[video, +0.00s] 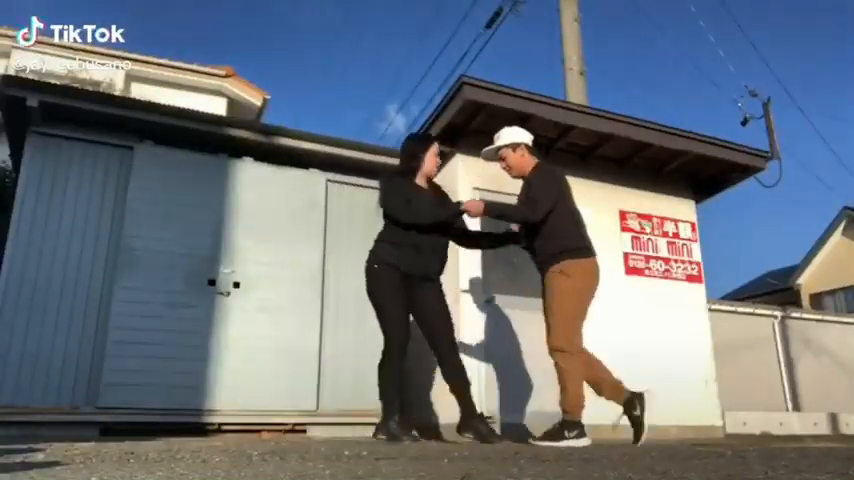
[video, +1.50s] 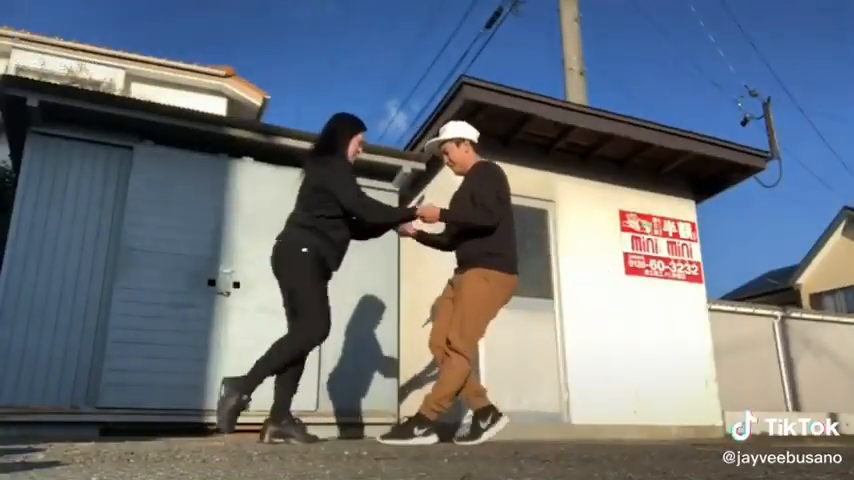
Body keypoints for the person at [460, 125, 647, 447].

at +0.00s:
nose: (502, 166)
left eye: (503, 158)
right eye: (500, 160)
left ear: (522, 150)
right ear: (518, 154)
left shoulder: (542, 176)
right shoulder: (539, 181)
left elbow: (531, 214)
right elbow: (528, 234)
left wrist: (486, 208)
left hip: (569, 267)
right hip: (566, 268)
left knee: (563, 346)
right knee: (567, 347)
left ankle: (572, 425)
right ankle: (627, 399)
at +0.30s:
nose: (514, 169)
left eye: (515, 161)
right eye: (511, 164)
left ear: (533, 154)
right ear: (531, 158)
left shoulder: (556, 180)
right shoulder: (543, 189)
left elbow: (558, 225)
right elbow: (552, 243)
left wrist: (511, 231)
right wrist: (527, 247)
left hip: (582, 274)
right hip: (581, 275)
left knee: (565, 348)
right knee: (596, 351)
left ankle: (596, 421)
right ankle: (655, 410)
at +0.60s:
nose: (497, 161)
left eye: (499, 153)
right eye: (494, 156)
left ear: (517, 145)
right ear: (509, 152)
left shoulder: (544, 170)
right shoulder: (519, 187)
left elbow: (569, 209)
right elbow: (503, 233)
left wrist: (525, 200)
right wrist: (473, 213)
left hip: (569, 268)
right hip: (536, 276)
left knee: (583, 345)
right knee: (513, 331)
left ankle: (600, 422)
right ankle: (532, 414)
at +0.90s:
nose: (473, 164)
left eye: (475, 156)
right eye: (471, 158)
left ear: (493, 147)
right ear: (488, 151)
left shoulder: (518, 170)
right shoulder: (497, 190)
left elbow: (530, 205)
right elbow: (491, 246)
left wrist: (487, 196)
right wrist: (453, 229)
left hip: (520, 273)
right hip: (513, 275)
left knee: (482, 336)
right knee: (499, 344)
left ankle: (547, 386)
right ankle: (501, 423)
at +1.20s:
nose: (451, 162)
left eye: (452, 154)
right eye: (449, 156)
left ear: (470, 146)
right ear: (466, 149)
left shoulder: (487, 174)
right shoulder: (486, 181)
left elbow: (462, 215)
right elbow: (471, 244)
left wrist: (411, 216)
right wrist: (435, 246)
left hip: (494, 272)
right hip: (492, 272)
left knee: (462, 343)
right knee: (465, 343)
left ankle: (426, 421)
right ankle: (497, 419)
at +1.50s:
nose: (446, 160)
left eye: (447, 152)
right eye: (443, 154)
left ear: (465, 145)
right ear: (459, 149)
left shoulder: (487, 172)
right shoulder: (469, 187)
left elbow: (487, 217)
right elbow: (452, 241)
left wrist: (441, 215)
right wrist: (417, 233)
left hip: (489, 273)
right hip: (468, 273)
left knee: (459, 344)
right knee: (440, 341)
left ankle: (426, 420)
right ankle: (484, 411)